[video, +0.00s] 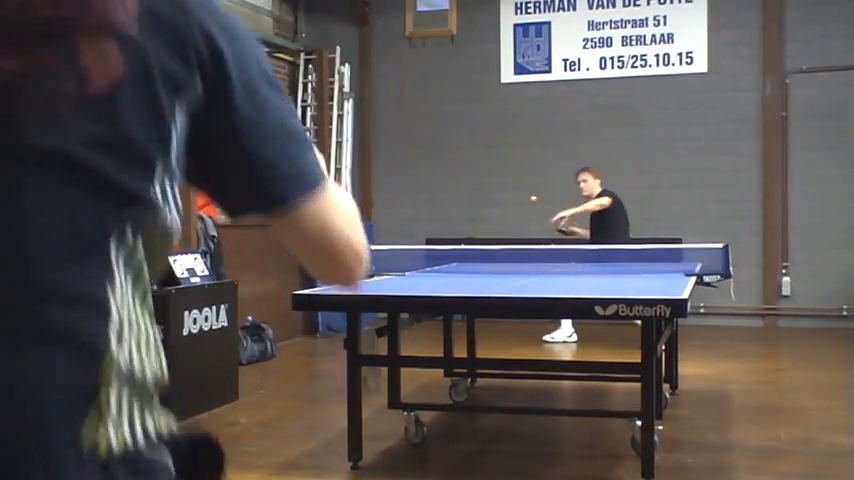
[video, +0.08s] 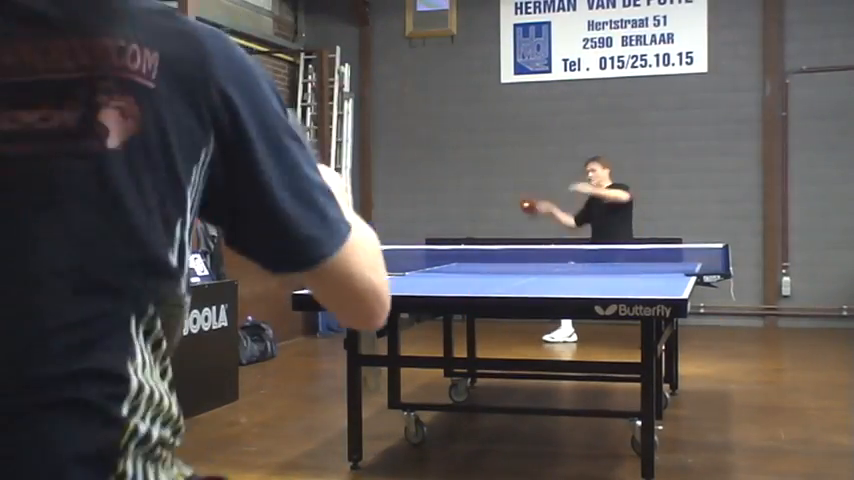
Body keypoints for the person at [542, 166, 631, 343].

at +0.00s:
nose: (581, 186)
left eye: (584, 181)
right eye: (579, 183)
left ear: (597, 181)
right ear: (578, 186)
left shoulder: (607, 195)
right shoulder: (597, 206)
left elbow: (602, 203)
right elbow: (598, 234)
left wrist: (569, 212)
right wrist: (574, 231)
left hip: (612, 256)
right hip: (604, 256)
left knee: (561, 274)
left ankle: (566, 326)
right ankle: (640, 316)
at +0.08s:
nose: (589, 176)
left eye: (593, 171)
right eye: (588, 172)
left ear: (606, 171)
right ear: (587, 176)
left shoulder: (619, 189)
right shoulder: (593, 200)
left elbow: (624, 197)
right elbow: (573, 223)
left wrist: (591, 190)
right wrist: (552, 209)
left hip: (621, 254)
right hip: (595, 254)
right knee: (562, 273)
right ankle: (566, 326)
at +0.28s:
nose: (616, 169)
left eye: (621, 166)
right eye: (614, 165)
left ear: (631, 170)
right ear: (610, 168)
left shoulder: (636, 198)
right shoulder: (598, 184)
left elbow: (662, 221)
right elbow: (577, 177)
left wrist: (667, 202)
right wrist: (585, 151)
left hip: (622, 252)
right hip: (589, 249)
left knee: (650, 284)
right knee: (568, 281)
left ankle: (668, 327)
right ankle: (564, 329)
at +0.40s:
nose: (631, 176)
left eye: (636, 173)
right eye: (628, 172)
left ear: (645, 177)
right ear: (624, 174)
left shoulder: (648, 206)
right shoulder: (612, 191)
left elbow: (655, 234)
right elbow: (589, 186)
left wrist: (669, 231)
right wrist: (600, 161)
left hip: (632, 256)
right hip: (600, 253)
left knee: (665, 281)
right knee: (575, 281)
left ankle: (672, 326)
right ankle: (565, 328)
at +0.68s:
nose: (663, 159)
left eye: (667, 155)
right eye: (660, 155)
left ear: (676, 158)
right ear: (655, 157)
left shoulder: (684, 185)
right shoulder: (643, 178)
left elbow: (701, 214)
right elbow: (616, 191)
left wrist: (691, 218)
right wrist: (620, 174)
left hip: (670, 245)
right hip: (639, 242)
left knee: (677, 283)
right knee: (622, 272)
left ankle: (682, 321)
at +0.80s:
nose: (650, 177)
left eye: (651, 171)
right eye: (647, 172)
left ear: (665, 162)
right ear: (663, 164)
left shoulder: (687, 179)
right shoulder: (670, 179)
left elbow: (691, 225)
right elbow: (678, 214)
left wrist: (653, 238)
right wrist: (657, 233)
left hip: (713, 235)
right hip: (698, 235)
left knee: (693, 292)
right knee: (691, 292)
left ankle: (711, 351)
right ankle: (709, 350)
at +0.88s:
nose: (650, 178)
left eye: (652, 172)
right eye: (647, 173)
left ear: (666, 164)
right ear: (663, 166)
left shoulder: (687, 181)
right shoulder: (672, 180)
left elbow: (690, 227)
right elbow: (675, 216)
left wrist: (649, 237)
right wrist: (657, 228)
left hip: (715, 238)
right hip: (700, 237)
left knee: (690, 293)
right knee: (689, 293)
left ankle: (709, 351)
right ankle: (709, 350)